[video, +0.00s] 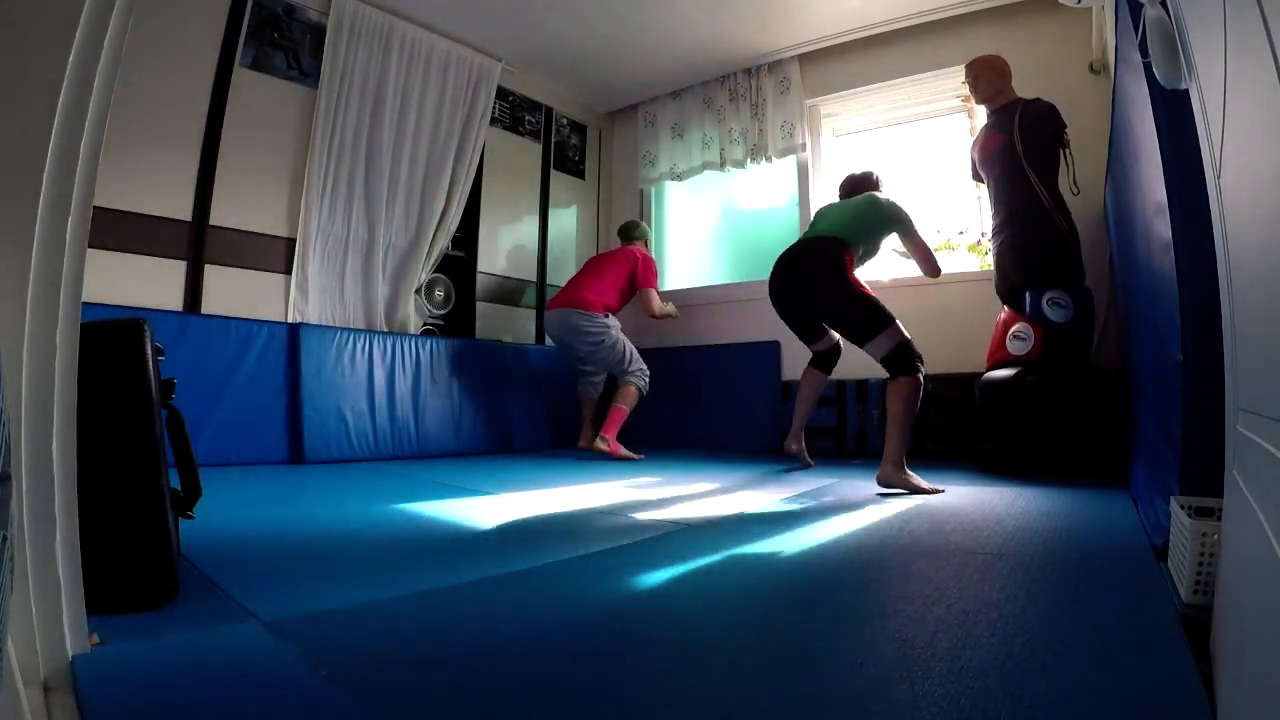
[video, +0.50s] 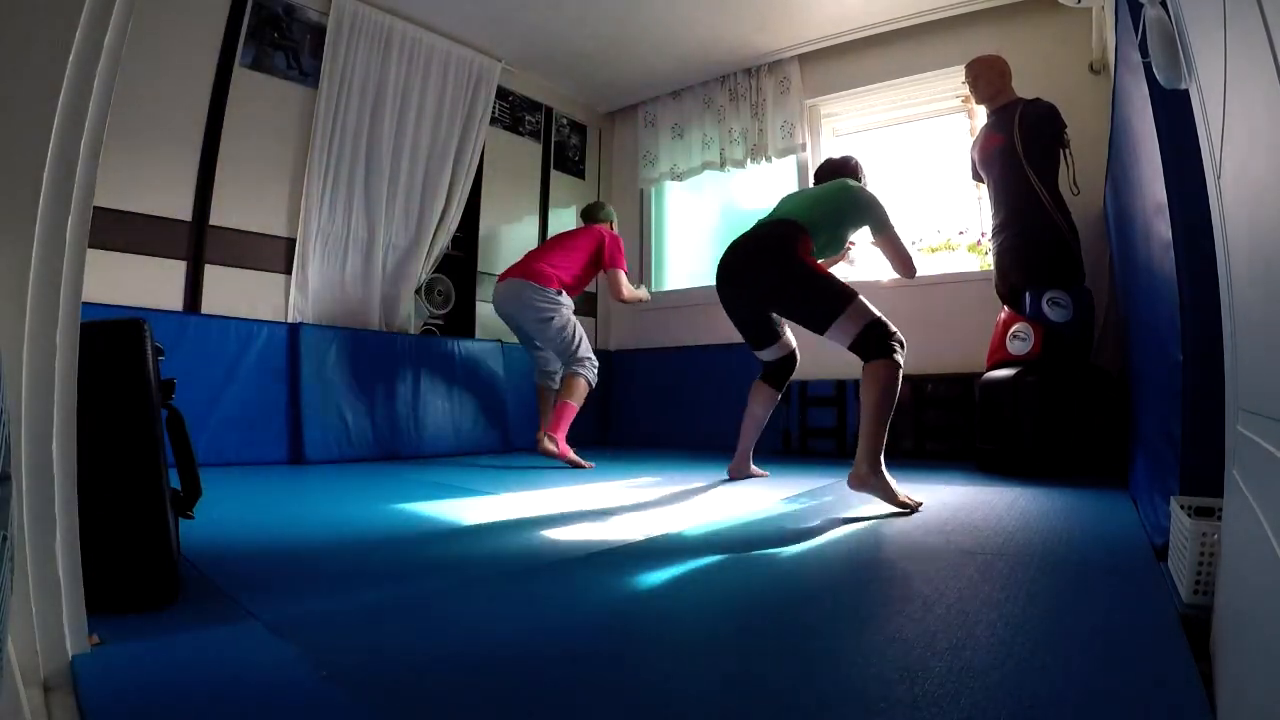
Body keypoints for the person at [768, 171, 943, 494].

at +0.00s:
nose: (881, 184)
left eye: (878, 181)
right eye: (879, 182)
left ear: (845, 195)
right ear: (876, 190)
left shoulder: (828, 210)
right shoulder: (886, 206)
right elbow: (932, 269)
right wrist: (905, 249)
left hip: (782, 280)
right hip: (828, 276)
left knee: (827, 350)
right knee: (907, 364)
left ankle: (794, 438)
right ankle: (893, 466)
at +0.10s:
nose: (878, 188)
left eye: (874, 184)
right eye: (876, 186)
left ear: (841, 198)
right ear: (873, 194)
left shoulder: (822, 215)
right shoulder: (878, 211)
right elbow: (925, 277)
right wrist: (900, 255)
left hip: (771, 282)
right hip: (814, 276)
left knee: (817, 363)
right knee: (908, 351)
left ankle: (787, 453)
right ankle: (898, 456)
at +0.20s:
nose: (874, 188)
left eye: (870, 184)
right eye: (872, 186)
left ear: (836, 195)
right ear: (868, 192)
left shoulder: (815, 211)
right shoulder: (874, 207)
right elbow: (918, 277)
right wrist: (899, 252)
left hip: (768, 287)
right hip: (813, 281)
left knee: (814, 363)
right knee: (903, 367)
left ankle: (786, 456)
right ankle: (876, 460)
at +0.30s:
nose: (874, 183)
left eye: (870, 179)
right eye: (872, 180)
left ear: (832, 187)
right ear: (867, 185)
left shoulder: (812, 200)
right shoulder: (876, 198)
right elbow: (920, 272)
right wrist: (891, 249)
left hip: (766, 277)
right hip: (815, 275)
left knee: (801, 358)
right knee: (892, 377)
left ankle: (787, 452)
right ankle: (863, 483)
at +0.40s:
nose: (870, 183)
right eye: (869, 179)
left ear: (827, 181)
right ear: (864, 180)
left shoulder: (806, 195)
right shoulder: (871, 193)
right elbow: (915, 268)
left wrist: (841, 255)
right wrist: (886, 242)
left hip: (751, 270)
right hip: (800, 267)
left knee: (796, 351)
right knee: (891, 364)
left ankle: (758, 444)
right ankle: (865, 482)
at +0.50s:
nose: (864, 184)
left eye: (861, 178)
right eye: (862, 179)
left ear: (821, 182)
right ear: (857, 179)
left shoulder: (799, 199)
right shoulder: (860, 196)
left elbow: (800, 263)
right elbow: (907, 268)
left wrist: (840, 255)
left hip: (730, 271)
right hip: (777, 265)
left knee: (780, 362)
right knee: (884, 345)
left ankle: (741, 460)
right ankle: (868, 468)